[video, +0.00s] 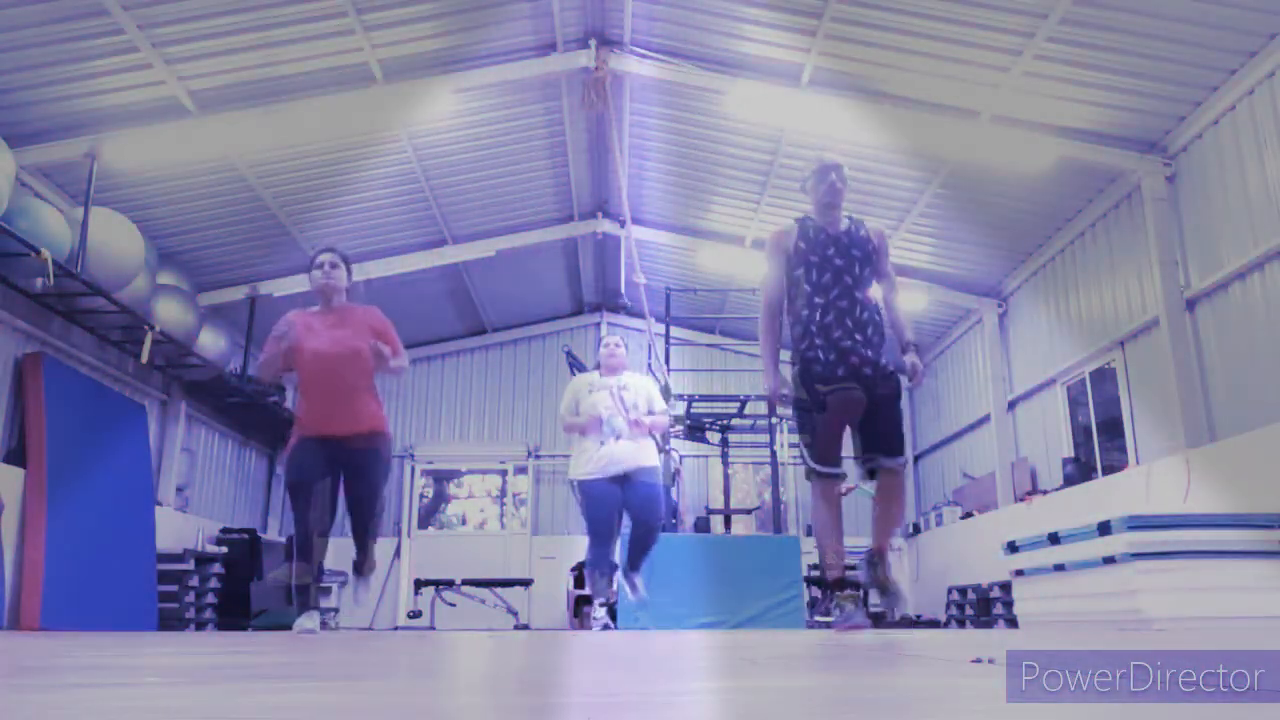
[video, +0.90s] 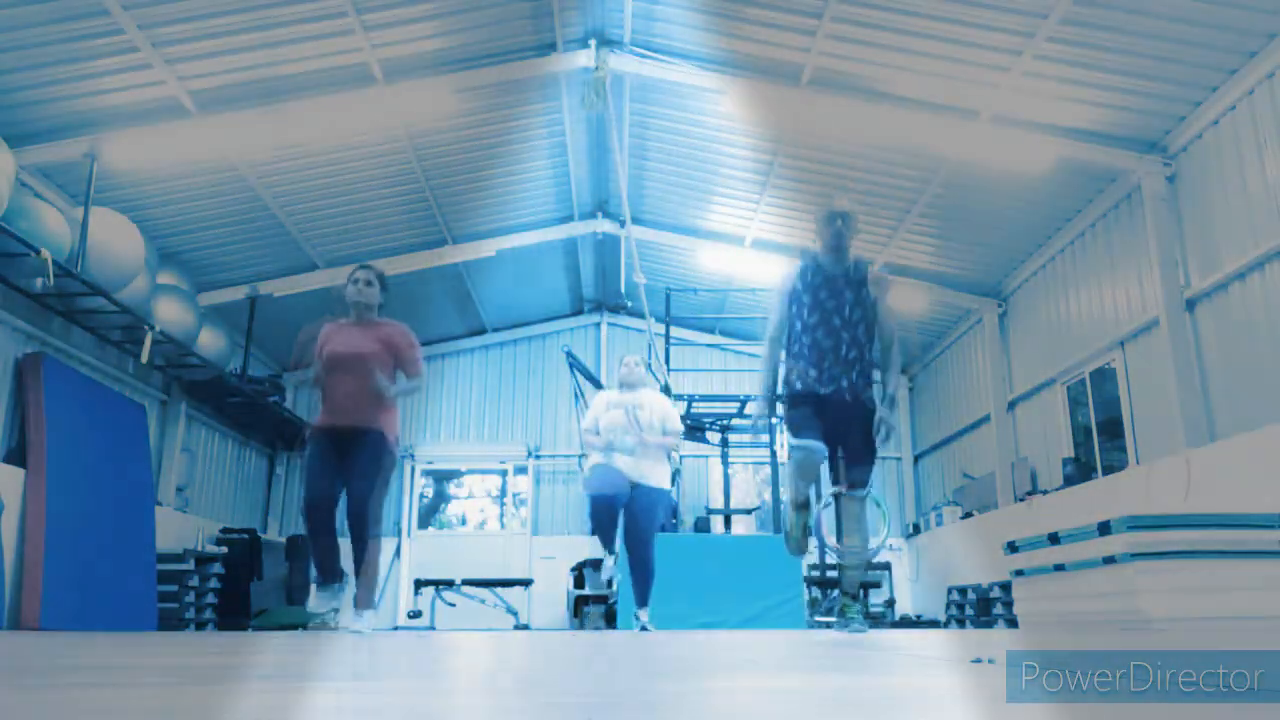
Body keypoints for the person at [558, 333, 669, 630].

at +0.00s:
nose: (613, 347)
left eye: (618, 344)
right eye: (607, 345)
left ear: (627, 355)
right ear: (598, 355)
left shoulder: (643, 382)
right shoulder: (580, 383)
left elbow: (665, 420)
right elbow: (565, 422)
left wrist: (645, 421)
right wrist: (587, 422)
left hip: (640, 466)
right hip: (595, 468)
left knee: (651, 519)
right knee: (602, 533)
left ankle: (632, 570)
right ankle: (599, 601)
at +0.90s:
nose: (629, 367)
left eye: (636, 364)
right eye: (625, 364)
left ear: (645, 373)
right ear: (618, 373)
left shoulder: (660, 401)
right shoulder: (604, 398)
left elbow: (676, 439)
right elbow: (585, 435)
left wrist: (646, 439)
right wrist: (603, 442)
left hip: (650, 475)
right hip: (609, 467)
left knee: (641, 541)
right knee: (603, 495)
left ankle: (642, 609)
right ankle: (609, 552)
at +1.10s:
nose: (631, 375)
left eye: (638, 371)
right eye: (626, 371)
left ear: (647, 380)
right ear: (618, 379)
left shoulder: (660, 408)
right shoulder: (604, 406)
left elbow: (676, 445)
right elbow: (587, 442)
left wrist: (648, 441)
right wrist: (608, 436)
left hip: (650, 479)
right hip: (609, 469)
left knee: (638, 551)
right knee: (610, 494)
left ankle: (640, 612)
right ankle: (610, 561)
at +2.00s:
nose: (618, 379)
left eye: (624, 375)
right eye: (613, 375)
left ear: (631, 383)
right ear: (604, 382)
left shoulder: (644, 410)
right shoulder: (586, 408)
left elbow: (662, 445)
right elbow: (572, 446)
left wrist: (642, 448)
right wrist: (595, 443)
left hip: (635, 481)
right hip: (594, 484)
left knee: (634, 538)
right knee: (604, 548)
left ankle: (635, 594)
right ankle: (602, 609)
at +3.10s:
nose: (611, 374)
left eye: (616, 369)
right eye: (605, 369)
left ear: (623, 373)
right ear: (595, 373)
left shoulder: (636, 401)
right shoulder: (577, 398)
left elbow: (654, 441)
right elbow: (563, 437)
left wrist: (634, 436)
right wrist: (591, 428)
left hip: (632, 479)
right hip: (588, 480)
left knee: (638, 534)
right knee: (596, 543)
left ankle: (616, 570)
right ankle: (596, 606)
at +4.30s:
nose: (603, 336)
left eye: (610, 332)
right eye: (598, 332)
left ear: (620, 343)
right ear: (590, 343)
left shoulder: (639, 375)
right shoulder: (572, 373)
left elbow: (657, 419)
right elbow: (555, 415)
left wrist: (627, 415)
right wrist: (573, 407)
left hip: (624, 459)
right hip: (578, 448)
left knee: (607, 536)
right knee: (585, 483)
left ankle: (601, 605)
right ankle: (581, 561)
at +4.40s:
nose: (601, 338)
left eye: (608, 334)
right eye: (596, 335)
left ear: (618, 345)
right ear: (589, 345)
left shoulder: (637, 376)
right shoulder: (571, 374)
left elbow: (656, 421)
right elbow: (552, 419)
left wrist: (629, 420)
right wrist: (569, 413)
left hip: (625, 463)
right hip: (578, 456)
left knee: (611, 538)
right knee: (588, 510)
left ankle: (600, 605)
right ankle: (581, 590)